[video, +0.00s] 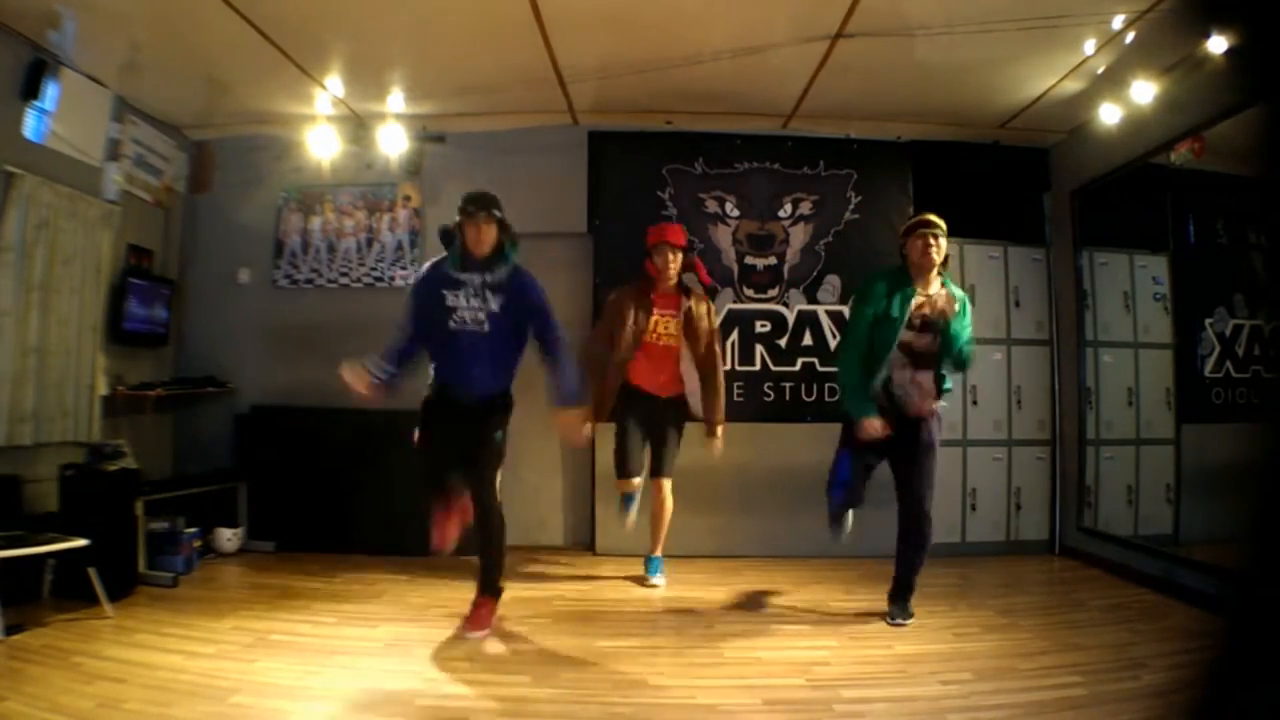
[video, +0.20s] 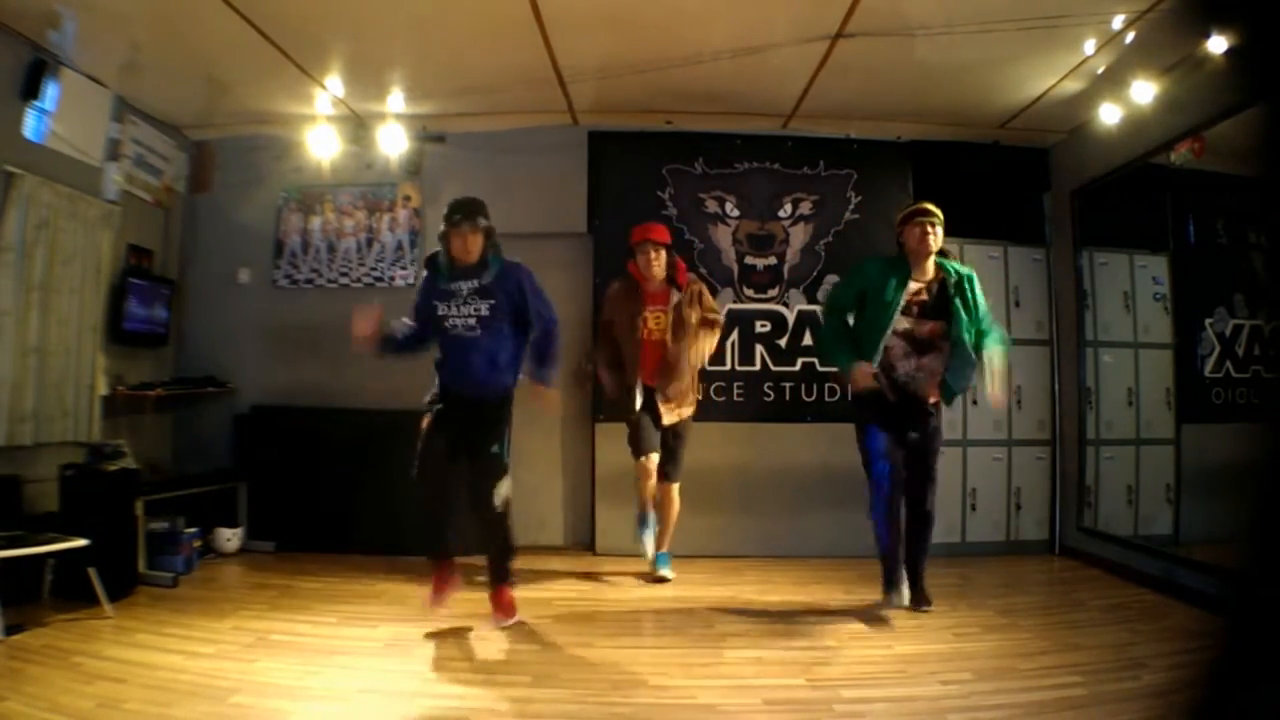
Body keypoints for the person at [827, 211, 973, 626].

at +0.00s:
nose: (928, 246)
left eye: (935, 240)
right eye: (920, 239)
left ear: (944, 249)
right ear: (905, 246)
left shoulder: (955, 300)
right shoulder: (879, 290)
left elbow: (962, 359)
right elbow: (851, 352)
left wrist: (948, 321)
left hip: (920, 410)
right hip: (874, 404)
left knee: (917, 508)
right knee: (850, 480)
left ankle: (901, 599)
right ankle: (843, 506)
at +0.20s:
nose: (927, 232)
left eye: (933, 227)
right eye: (919, 226)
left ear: (942, 237)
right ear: (902, 235)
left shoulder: (960, 280)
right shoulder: (876, 272)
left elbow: (982, 337)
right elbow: (833, 315)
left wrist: (947, 387)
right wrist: (850, 363)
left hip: (925, 401)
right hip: (877, 397)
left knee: (921, 493)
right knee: (884, 486)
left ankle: (916, 579)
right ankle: (892, 580)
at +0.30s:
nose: (927, 246)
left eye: (933, 240)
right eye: (919, 239)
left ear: (942, 250)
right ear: (901, 246)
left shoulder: (951, 297)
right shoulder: (875, 290)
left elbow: (954, 354)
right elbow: (866, 348)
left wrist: (946, 396)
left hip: (926, 417)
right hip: (878, 413)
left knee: (933, 504)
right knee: (875, 507)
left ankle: (931, 583)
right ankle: (884, 602)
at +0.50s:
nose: (922, 258)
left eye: (927, 251)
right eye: (912, 253)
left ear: (935, 262)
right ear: (897, 264)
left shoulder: (949, 305)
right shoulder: (886, 309)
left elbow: (979, 351)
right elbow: (869, 377)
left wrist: (981, 373)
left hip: (910, 420)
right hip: (878, 419)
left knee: (930, 499)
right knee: (900, 508)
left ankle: (899, 591)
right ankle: (853, 603)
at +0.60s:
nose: (917, 263)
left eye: (922, 257)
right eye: (907, 259)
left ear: (931, 270)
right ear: (893, 274)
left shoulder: (943, 319)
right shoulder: (879, 317)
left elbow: (956, 377)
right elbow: (840, 370)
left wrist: (953, 325)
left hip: (906, 425)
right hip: (874, 423)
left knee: (908, 516)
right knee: (899, 520)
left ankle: (887, 594)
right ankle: (851, 620)